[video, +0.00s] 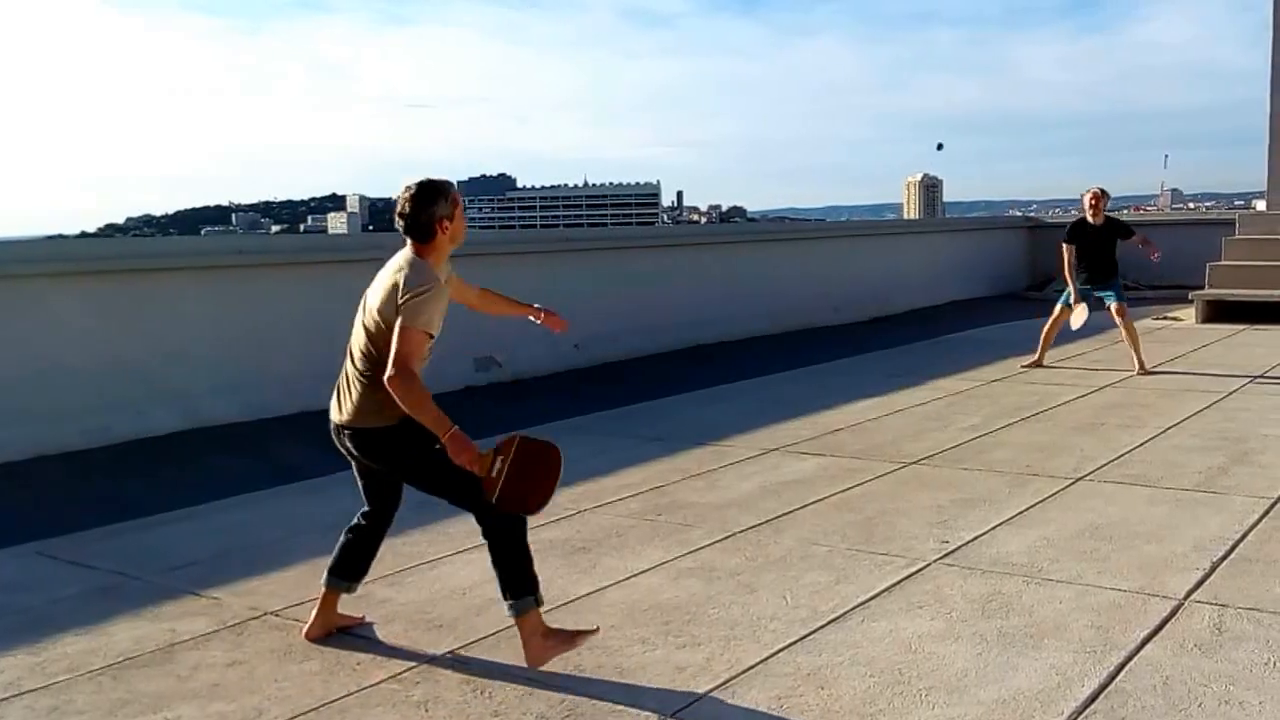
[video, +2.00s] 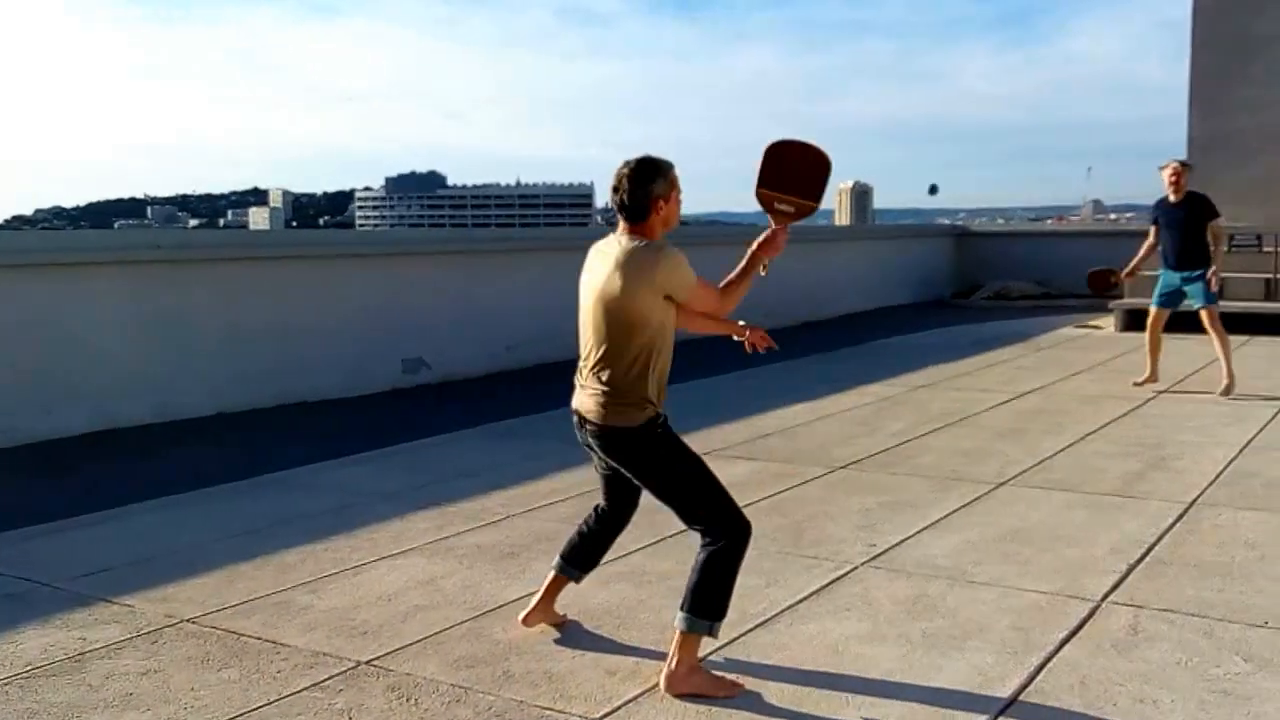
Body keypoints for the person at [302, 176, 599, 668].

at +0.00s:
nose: (464, 219)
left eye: (461, 211)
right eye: (460, 212)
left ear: (420, 227)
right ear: (444, 225)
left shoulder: (409, 265)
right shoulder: (425, 284)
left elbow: (474, 297)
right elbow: (399, 377)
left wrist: (533, 311)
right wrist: (451, 436)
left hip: (352, 423)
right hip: (384, 426)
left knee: (377, 511)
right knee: (495, 501)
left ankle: (323, 616)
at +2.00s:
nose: (679, 205)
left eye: (676, 195)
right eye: (676, 197)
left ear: (625, 204)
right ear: (661, 205)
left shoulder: (601, 252)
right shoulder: (658, 261)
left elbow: (663, 313)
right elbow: (719, 304)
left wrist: (735, 329)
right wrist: (760, 254)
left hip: (590, 415)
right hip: (632, 427)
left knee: (615, 507)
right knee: (728, 529)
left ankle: (541, 605)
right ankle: (683, 665)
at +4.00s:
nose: (710, 239)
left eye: (708, 230)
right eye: (709, 231)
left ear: (658, 230)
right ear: (702, 237)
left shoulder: (611, 262)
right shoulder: (695, 305)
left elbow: (540, 300)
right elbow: (714, 397)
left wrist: (510, 356)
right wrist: (746, 406)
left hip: (542, 392)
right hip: (594, 412)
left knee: (526, 497)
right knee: (663, 512)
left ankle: (463, 603)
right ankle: (619, 635)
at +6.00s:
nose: (364, 175)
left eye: (361, 166)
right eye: (360, 167)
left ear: (323, 176)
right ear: (341, 176)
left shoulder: (303, 221)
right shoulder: (324, 231)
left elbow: (307, 314)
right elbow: (321, 320)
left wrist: (350, 363)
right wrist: (366, 368)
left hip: (289, 366)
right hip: (308, 372)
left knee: (300, 470)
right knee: (346, 487)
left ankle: (262, 563)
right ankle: (320, 610)